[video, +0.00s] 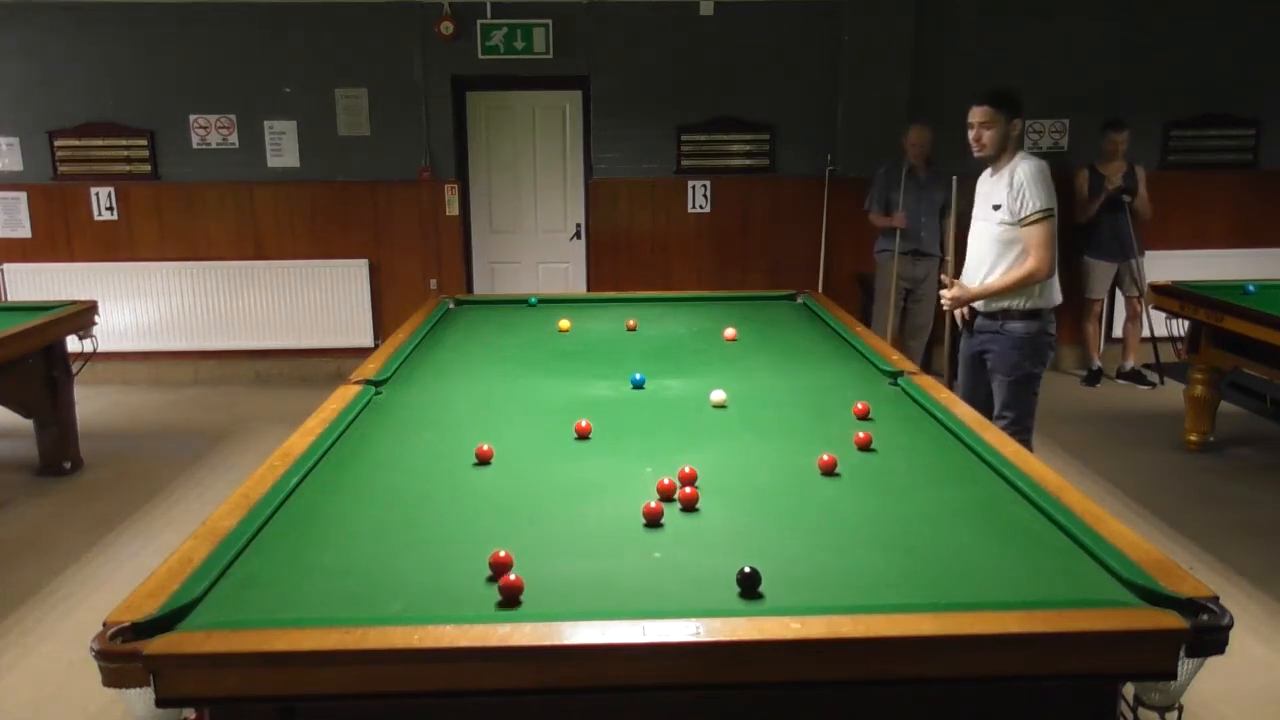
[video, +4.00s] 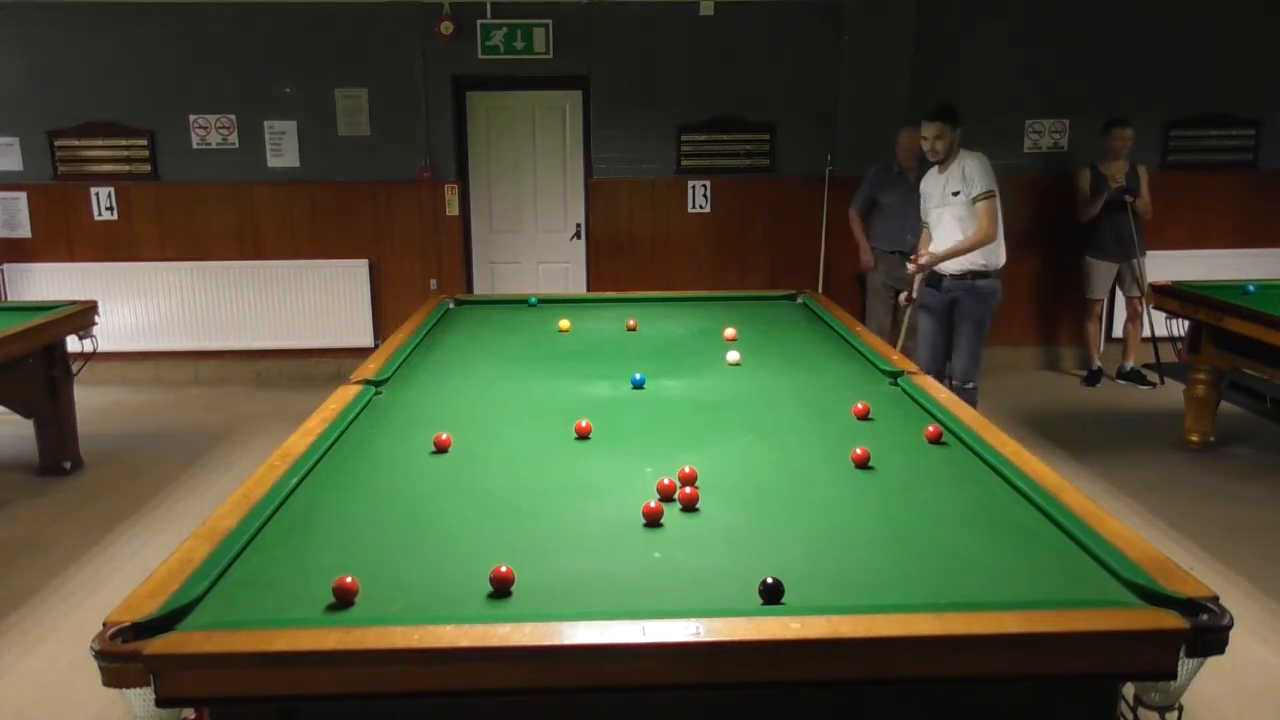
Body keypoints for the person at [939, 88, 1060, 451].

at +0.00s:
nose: (974, 136)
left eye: (985, 127)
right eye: (971, 127)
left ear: (1014, 128)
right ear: (967, 129)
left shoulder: (1029, 171)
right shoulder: (986, 180)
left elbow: (1042, 264)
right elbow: (985, 253)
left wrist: (974, 293)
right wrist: (963, 294)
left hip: (1018, 330)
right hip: (978, 326)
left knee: (1010, 441)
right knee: (967, 432)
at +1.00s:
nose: (997, 138)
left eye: (1005, 130)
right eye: (994, 130)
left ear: (1032, 127)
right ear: (994, 131)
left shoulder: (1059, 174)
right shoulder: (987, 174)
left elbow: (1061, 254)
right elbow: (970, 247)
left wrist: (992, 239)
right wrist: (956, 220)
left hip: (1026, 310)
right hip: (981, 308)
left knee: (1017, 421)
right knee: (985, 417)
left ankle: (1038, 512)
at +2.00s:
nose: (988, 144)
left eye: (996, 135)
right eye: (985, 136)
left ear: (1022, 132)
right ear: (983, 134)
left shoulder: (1044, 174)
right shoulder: (982, 170)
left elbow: (1036, 253)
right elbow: (972, 230)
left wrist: (979, 229)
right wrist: (959, 203)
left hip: (1019, 301)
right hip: (975, 298)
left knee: (1027, 403)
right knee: (968, 395)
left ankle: (1035, 488)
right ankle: (958, 475)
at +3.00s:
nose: (965, 139)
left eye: (973, 131)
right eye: (959, 131)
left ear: (993, 129)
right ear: (954, 130)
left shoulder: (1012, 172)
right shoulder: (944, 169)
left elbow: (1021, 243)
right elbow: (925, 220)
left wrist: (991, 284)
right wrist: (928, 256)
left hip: (985, 289)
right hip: (942, 285)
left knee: (970, 380)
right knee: (935, 373)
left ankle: (963, 452)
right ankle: (932, 447)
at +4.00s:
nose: (930, 146)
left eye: (938, 138)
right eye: (924, 138)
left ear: (956, 135)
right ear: (919, 137)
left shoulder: (974, 165)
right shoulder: (928, 181)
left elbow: (988, 232)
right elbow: (927, 236)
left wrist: (936, 257)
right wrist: (914, 287)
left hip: (974, 285)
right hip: (934, 285)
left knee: (962, 377)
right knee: (927, 373)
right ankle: (929, 449)